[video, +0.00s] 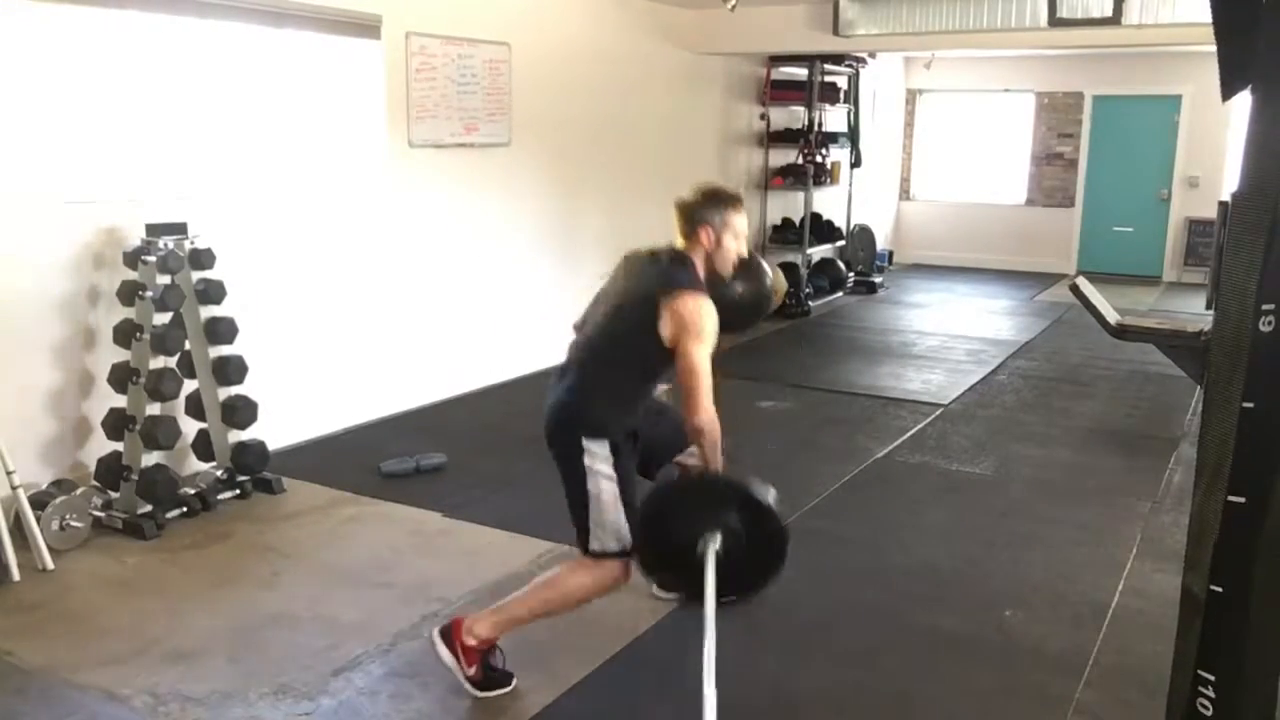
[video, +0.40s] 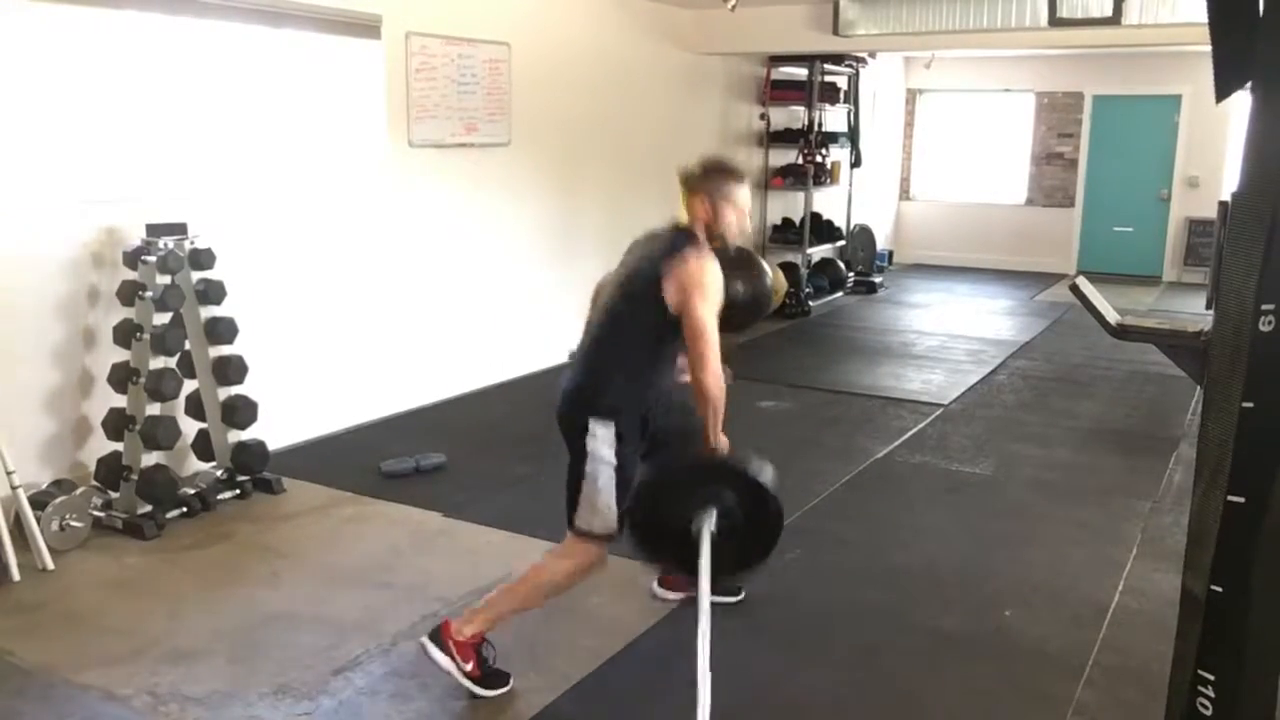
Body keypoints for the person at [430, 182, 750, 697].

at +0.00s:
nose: (743, 248)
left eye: (744, 236)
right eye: (738, 236)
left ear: (698, 235)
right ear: (707, 235)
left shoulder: (646, 263)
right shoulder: (694, 303)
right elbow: (700, 419)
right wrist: (717, 485)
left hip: (623, 402)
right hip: (589, 421)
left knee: (696, 460)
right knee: (609, 565)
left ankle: (670, 558)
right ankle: (474, 634)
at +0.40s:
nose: (746, 218)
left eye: (745, 205)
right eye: (737, 206)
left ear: (698, 207)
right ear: (705, 205)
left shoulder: (661, 243)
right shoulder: (697, 262)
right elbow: (707, 370)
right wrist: (715, 434)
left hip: (636, 395)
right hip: (603, 406)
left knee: (690, 458)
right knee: (586, 550)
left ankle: (679, 569)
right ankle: (463, 632)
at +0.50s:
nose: (727, 168)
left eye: (730, 157)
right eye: (716, 155)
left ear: (726, 159)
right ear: (687, 153)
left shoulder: (686, 208)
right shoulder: (663, 196)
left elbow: (678, 288)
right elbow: (675, 278)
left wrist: (707, 342)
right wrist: (715, 347)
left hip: (648, 359)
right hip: (598, 363)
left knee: (701, 445)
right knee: (582, 503)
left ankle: (683, 564)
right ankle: (475, 617)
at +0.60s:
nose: (705, 135)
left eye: (713, 125)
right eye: (695, 122)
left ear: (720, 126)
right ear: (668, 115)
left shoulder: (714, 192)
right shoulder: (631, 151)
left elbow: (710, 275)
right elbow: (618, 212)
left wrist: (720, 331)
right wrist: (695, 246)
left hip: (666, 328)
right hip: (599, 322)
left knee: (703, 452)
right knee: (575, 466)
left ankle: (693, 549)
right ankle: (519, 601)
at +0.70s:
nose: (677, 128)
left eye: (687, 118)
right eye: (668, 116)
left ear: (699, 120)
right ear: (646, 112)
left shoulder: (711, 176)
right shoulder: (605, 159)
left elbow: (730, 254)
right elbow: (540, 228)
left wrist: (721, 206)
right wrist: (559, 190)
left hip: (673, 336)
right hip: (605, 330)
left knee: (696, 466)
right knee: (574, 463)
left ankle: (728, 540)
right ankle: (531, 596)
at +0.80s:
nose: (657, 146)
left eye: (668, 138)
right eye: (649, 135)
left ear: (686, 141)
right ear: (632, 132)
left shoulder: (695, 192)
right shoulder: (602, 187)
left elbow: (734, 202)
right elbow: (552, 252)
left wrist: (722, 135)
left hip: (676, 362)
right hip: (607, 356)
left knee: (700, 480)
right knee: (564, 481)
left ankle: (734, 541)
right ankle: (533, 606)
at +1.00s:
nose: (641, 148)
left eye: (652, 136)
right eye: (634, 136)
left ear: (672, 142)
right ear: (620, 141)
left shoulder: (684, 196)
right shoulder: (596, 202)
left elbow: (709, 141)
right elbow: (575, 269)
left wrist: (703, 78)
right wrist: (569, 301)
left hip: (668, 368)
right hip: (602, 362)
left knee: (690, 480)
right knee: (555, 481)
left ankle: (732, 545)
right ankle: (548, 610)